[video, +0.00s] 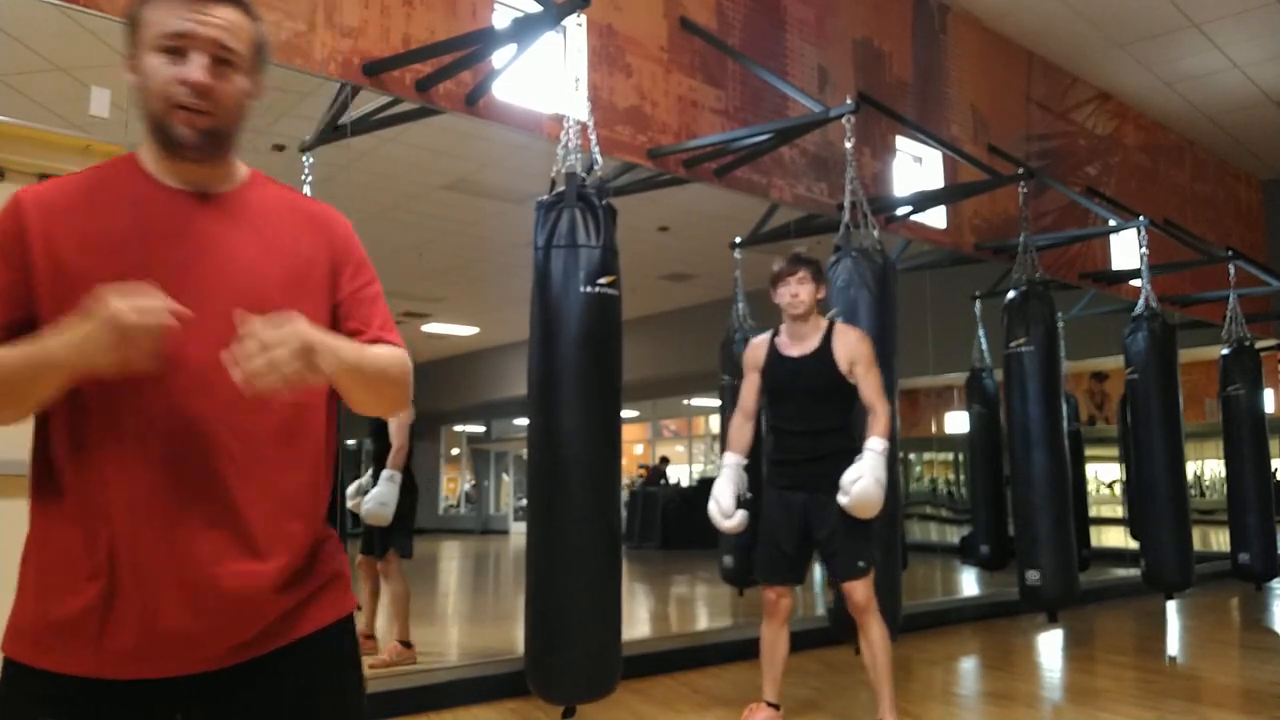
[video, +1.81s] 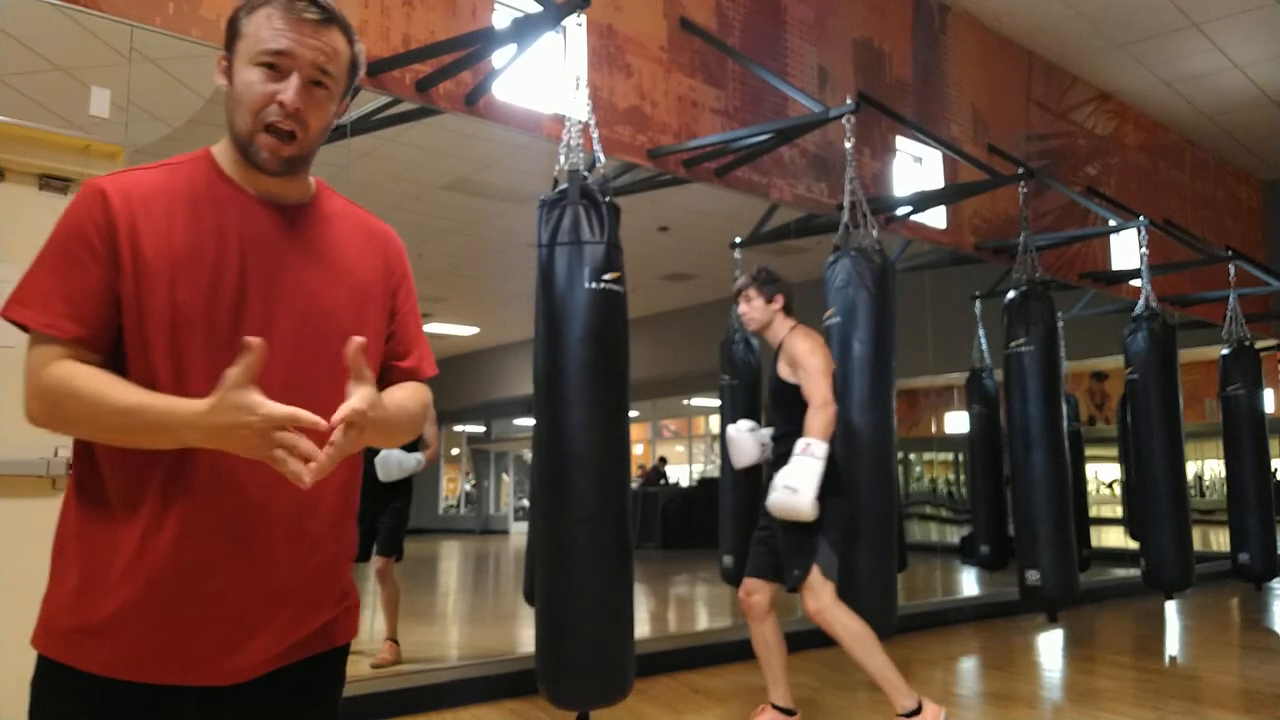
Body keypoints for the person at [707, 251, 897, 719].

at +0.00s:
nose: (792, 290)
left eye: (801, 282)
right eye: (784, 283)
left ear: (820, 291)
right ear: (774, 294)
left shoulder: (849, 341)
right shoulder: (760, 349)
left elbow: (877, 407)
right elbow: (744, 416)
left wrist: (873, 457)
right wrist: (730, 472)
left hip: (841, 491)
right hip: (780, 493)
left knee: (861, 600)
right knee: (774, 601)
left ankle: (887, 711)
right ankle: (769, 705)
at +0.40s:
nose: (868, 295)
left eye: (878, 286)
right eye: (859, 287)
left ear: (897, 294)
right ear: (850, 294)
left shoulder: (914, 352)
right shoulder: (818, 342)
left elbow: (930, 423)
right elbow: (784, 407)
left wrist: (917, 440)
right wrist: (768, 470)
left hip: (883, 498)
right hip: (824, 496)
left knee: (892, 608)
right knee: (790, 606)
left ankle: (893, 716)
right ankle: (744, 687)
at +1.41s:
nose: (812, 298)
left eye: (822, 289)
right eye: (808, 289)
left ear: (849, 294)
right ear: (802, 297)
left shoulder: (885, 343)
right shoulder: (795, 347)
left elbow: (921, 413)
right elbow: (777, 414)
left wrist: (887, 439)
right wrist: (762, 467)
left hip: (872, 497)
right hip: (811, 495)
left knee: (879, 608)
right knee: (774, 599)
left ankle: (895, 713)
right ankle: (780, 705)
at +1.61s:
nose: (760, 304)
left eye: (768, 294)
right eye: (757, 297)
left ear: (797, 294)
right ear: (765, 303)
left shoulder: (831, 339)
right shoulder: (790, 349)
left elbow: (870, 403)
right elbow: (799, 407)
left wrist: (840, 458)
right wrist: (771, 441)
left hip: (843, 484)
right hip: (800, 485)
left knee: (840, 602)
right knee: (764, 598)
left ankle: (920, 710)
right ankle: (783, 706)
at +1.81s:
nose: (741, 309)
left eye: (748, 300)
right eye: (739, 302)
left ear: (776, 302)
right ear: (762, 306)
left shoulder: (802, 342)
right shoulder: (782, 349)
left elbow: (824, 406)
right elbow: (795, 422)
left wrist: (803, 471)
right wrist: (759, 443)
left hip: (812, 486)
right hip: (783, 486)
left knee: (819, 603)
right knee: (754, 596)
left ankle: (911, 706)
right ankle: (781, 707)